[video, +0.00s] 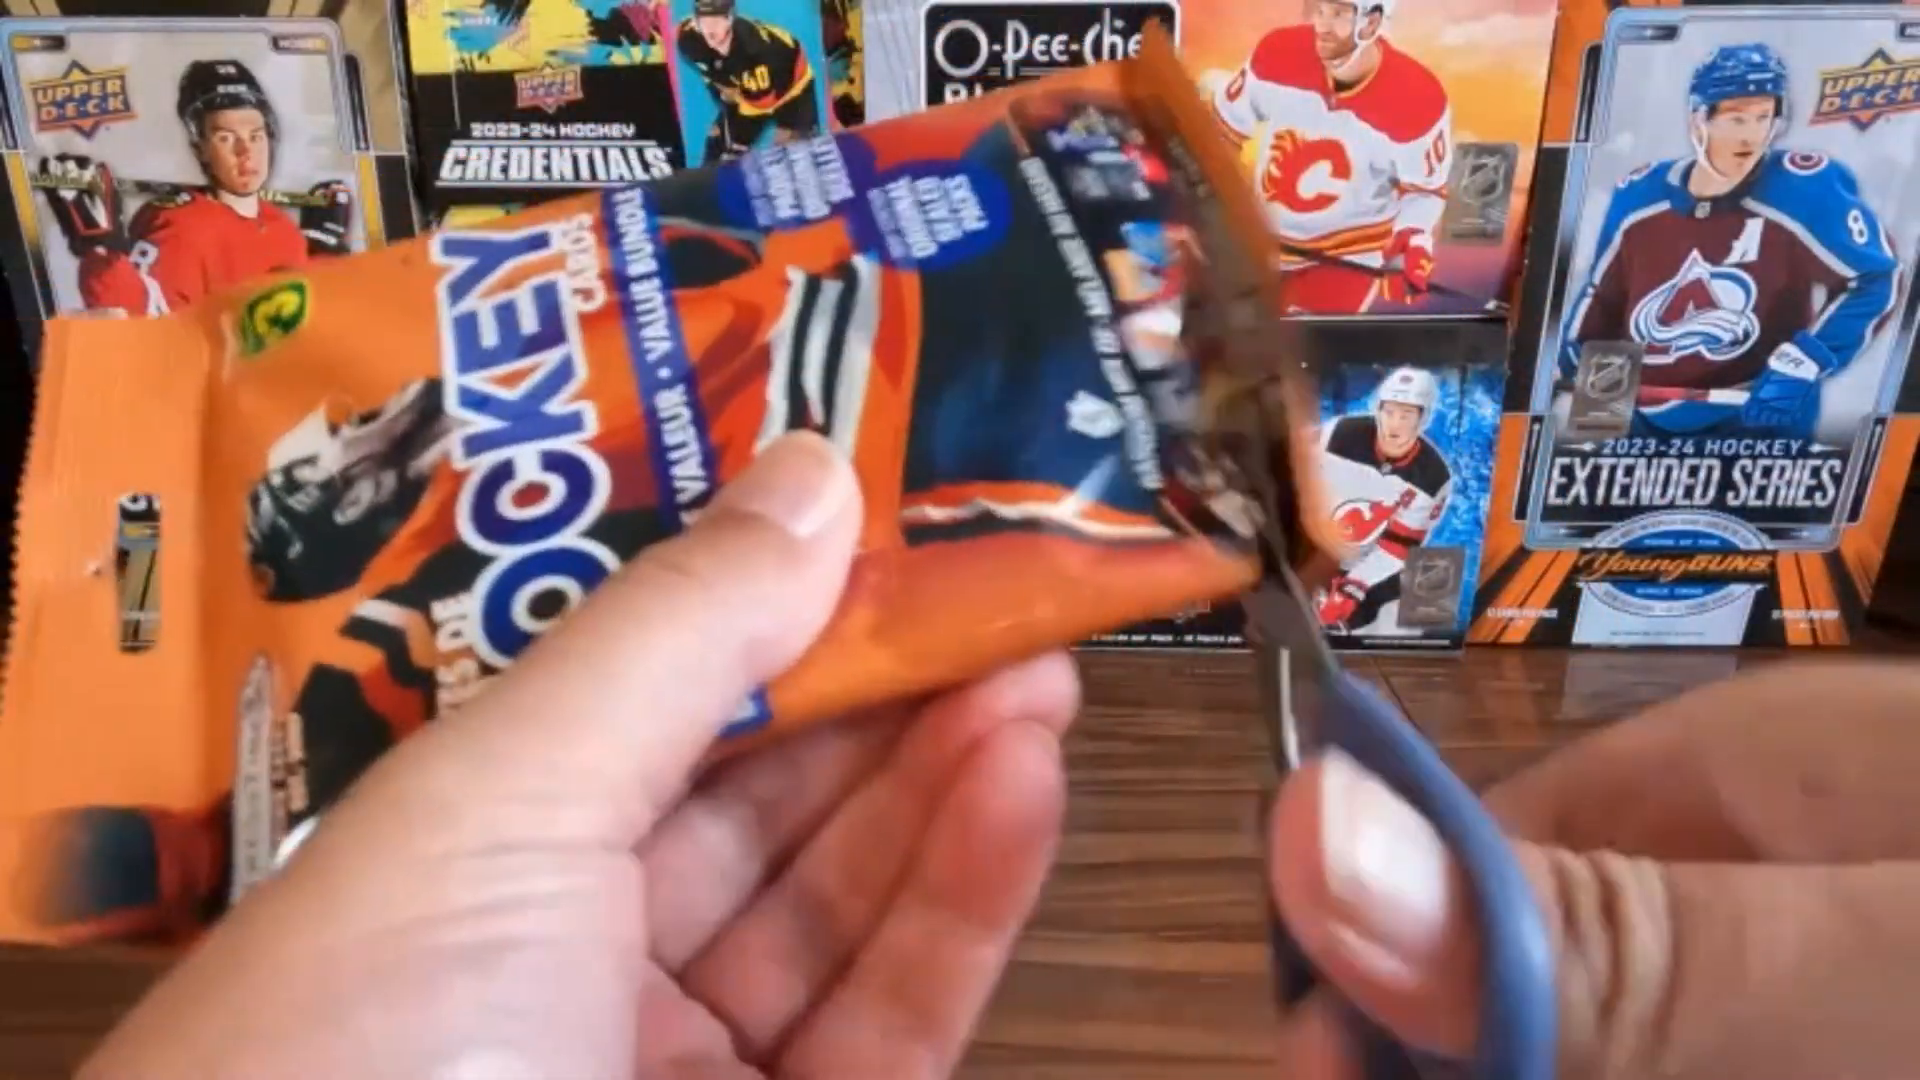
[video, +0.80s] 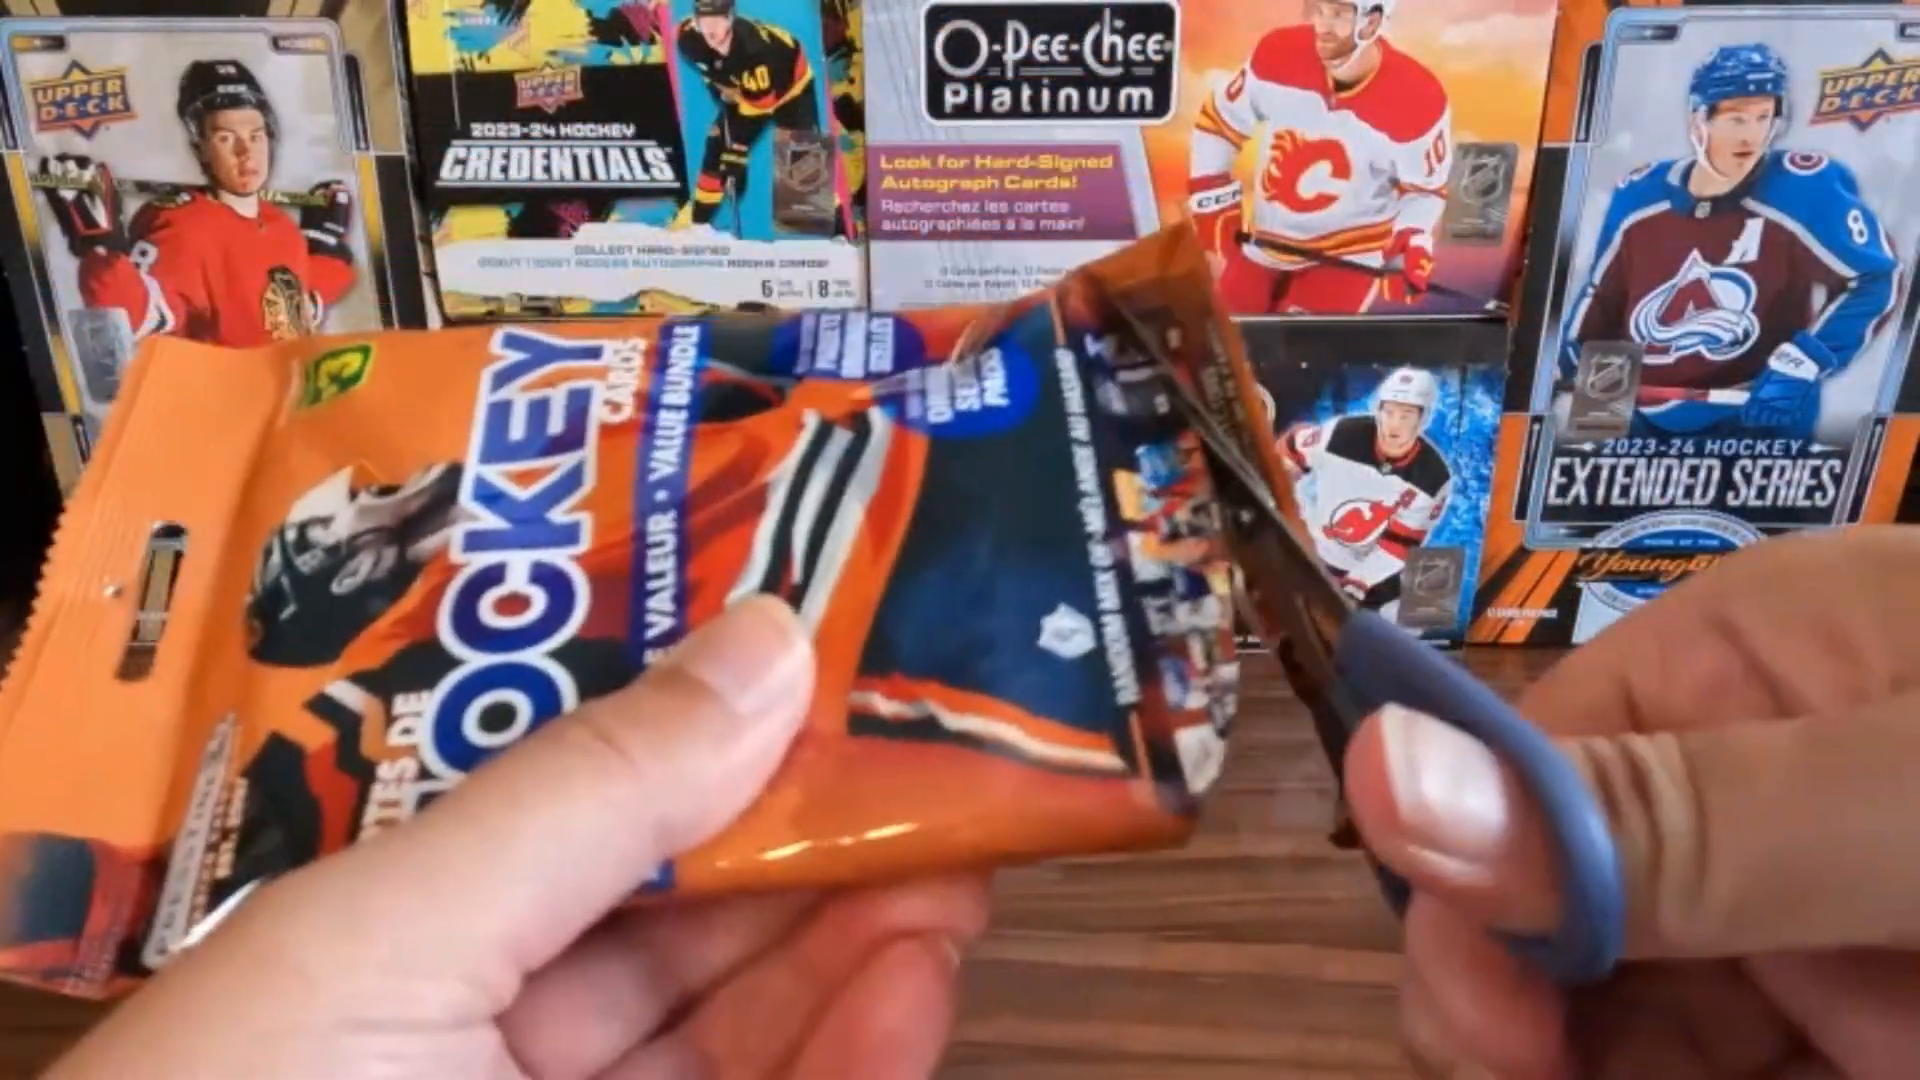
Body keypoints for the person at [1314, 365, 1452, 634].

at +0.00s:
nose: (1394, 425)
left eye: (1406, 416)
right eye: (1389, 413)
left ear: (1422, 420)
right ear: (1377, 412)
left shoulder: (1434, 477)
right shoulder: (1340, 435)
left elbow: (1396, 548)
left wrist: (1352, 591)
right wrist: (1324, 576)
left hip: (1375, 571)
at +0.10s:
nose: (1394, 424)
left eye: (1406, 416)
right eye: (1389, 412)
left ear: (1422, 420)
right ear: (1378, 411)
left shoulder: (1434, 478)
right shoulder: (1341, 435)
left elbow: (1396, 547)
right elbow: (1288, 450)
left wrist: (1352, 589)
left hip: (1374, 570)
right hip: (1313, 552)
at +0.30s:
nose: (1394, 426)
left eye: (1405, 417)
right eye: (1388, 413)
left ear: (1422, 421)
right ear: (1377, 412)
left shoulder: (1435, 478)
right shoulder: (1340, 435)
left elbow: (1397, 550)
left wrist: (1356, 585)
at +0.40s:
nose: (1394, 426)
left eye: (1406, 417)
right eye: (1389, 414)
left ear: (1422, 420)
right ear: (1377, 412)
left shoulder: (1434, 477)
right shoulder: (1337, 435)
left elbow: (1397, 550)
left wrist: (1365, 593)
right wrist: (1335, 576)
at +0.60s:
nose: (1394, 426)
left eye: (1405, 417)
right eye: (1389, 414)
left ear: (1422, 421)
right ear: (1377, 412)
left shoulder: (1434, 476)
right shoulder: (1341, 434)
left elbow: (1398, 546)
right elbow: (1286, 450)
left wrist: (1356, 587)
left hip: (1377, 576)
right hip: (1317, 557)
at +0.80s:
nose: (1394, 426)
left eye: (1406, 417)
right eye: (1388, 414)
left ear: (1422, 420)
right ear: (1377, 412)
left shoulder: (1434, 476)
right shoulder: (1340, 435)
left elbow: (1399, 545)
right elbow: (1286, 454)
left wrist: (1355, 588)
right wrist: (1294, 525)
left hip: (1378, 577)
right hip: (1316, 559)